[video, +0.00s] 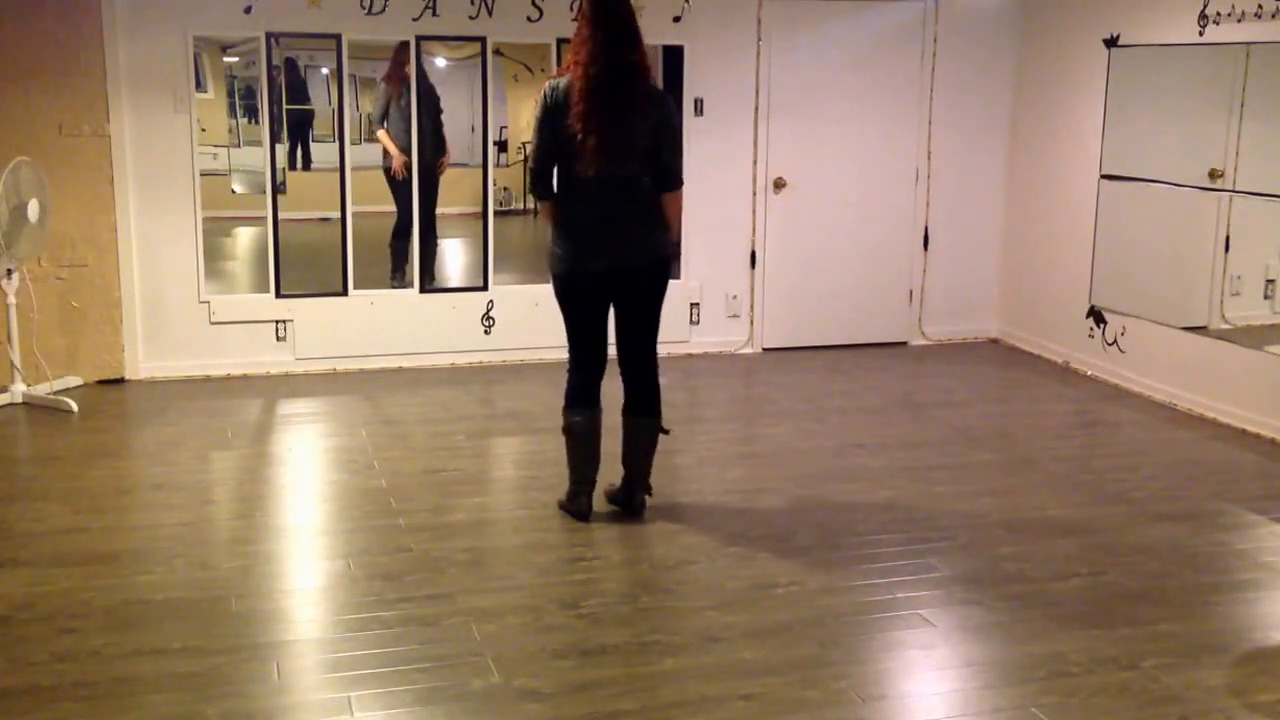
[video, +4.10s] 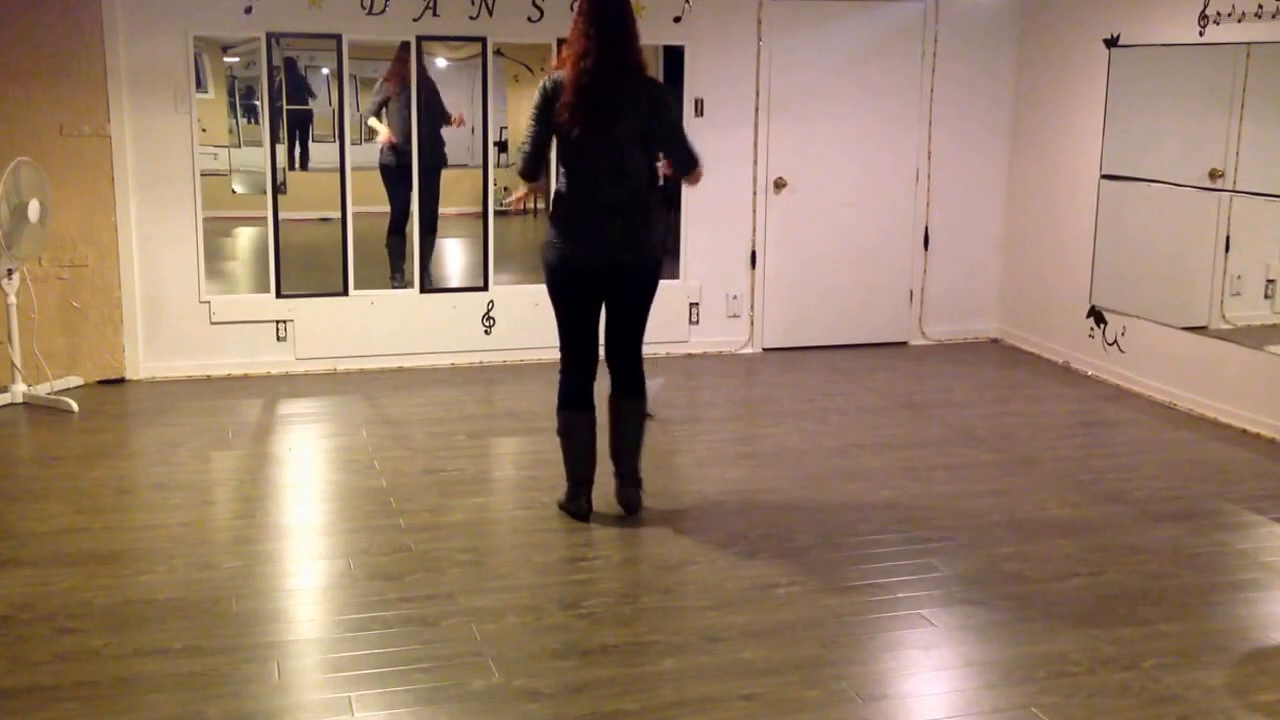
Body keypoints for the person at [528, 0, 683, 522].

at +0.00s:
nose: (576, 34)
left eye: (579, 26)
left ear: (580, 36)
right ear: (632, 38)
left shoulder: (558, 94)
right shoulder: (654, 98)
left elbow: (539, 178)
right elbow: (668, 182)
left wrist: (562, 227)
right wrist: (673, 240)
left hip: (578, 254)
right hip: (642, 253)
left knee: (584, 362)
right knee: (640, 363)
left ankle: (580, 491)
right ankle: (634, 487)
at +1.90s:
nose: (562, 39)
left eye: (568, 30)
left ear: (572, 38)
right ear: (625, 35)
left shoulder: (556, 96)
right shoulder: (649, 91)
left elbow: (528, 171)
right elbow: (681, 164)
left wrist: (560, 152)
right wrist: (646, 169)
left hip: (584, 257)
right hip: (648, 255)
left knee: (582, 364)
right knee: (638, 361)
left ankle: (579, 493)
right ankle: (632, 486)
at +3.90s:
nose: (570, 30)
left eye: (572, 22)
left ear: (574, 31)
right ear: (627, 31)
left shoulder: (551, 87)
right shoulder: (647, 86)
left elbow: (517, 166)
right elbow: (711, 139)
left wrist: (556, 171)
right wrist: (685, 156)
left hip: (581, 250)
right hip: (645, 248)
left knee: (582, 365)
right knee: (638, 360)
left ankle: (579, 492)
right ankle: (635, 485)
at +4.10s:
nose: (572, 34)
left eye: (576, 26)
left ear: (578, 34)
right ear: (630, 35)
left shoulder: (555, 90)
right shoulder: (651, 93)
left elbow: (532, 168)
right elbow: (688, 167)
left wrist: (533, 187)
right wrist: (666, 165)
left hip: (572, 252)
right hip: (636, 254)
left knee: (576, 365)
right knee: (627, 359)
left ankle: (578, 493)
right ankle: (628, 485)